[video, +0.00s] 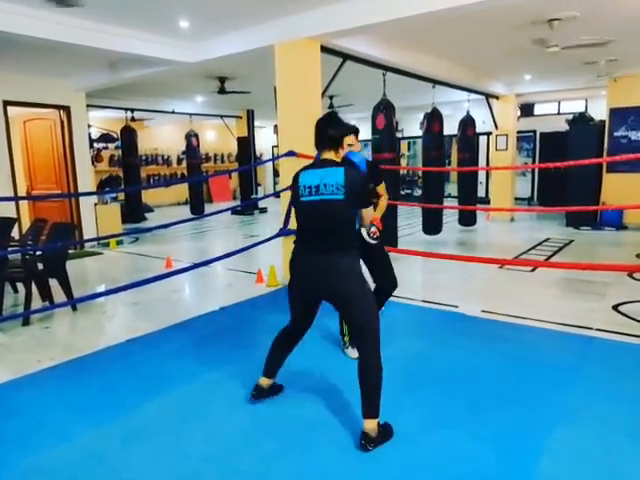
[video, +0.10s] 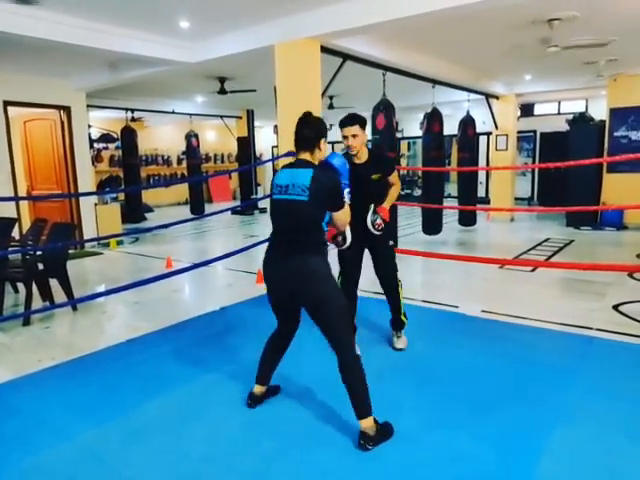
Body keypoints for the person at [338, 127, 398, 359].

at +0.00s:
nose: (354, 149)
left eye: (356, 143)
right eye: (349, 145)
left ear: (360, 143)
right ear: (338, 147)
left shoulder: (368, 167)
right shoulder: (330, 171)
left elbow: (383, 195)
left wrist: (376, 218)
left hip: (366, 230)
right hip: (342, 232)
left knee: (388, 283)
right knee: (346, 287)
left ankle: (361, 323)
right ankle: (348, 336)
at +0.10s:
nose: (350, 143)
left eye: (354, 137)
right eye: (346, 138)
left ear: (365, 135)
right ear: (342, 140)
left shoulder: (381, 159)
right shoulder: (340, 164)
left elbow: (396, 185)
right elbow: (331, 194)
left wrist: (384, 209)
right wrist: (335, 223)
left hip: (378, 227)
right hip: (350, 229)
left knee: (388, 279)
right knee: (348, 283)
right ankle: (347, 334)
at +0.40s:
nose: (361, 146)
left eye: (366, 141)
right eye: (359, 141)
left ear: (380, 141)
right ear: (359, 144)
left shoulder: (395, 169)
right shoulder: (361, 172)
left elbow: (414, 202)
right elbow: (362, 199)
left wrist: (384, 210)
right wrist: (359, 212)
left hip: (397, 233)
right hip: (375, 232)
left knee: (399, 285)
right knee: (365, 278)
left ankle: (412, 333)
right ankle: (385, 312)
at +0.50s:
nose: (361, 143)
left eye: (366, 138)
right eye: (359, 139)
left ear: (380, 138)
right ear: (359, 141)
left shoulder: (393, 164)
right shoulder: (362, 169)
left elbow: (413, 197)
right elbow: (364, 197)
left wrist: (380, 199)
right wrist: (359, 203)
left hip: (398, 227)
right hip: (377, 226)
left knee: (400, 280)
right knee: (374, 274)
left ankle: (412, 333)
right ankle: (391, 313)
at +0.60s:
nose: (359, 149)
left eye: (364, 144)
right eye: (357, 145)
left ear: (377, 145)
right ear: (358, 146)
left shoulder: (392, 169)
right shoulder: (363, 172)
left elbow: (414, 200)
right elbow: (366, 201)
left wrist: (381, 205)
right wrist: (357, 209)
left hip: (398, 230)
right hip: (378, 229)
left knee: (393, 283)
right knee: (378, 279)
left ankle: (412, 333)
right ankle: (394, 316)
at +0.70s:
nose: (357, 155)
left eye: (360, 150)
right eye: (355, 151)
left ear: (375, 150)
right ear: (357, 153)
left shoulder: (390, 174)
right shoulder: (363, 178)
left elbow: (413, 204)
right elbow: (364, 208)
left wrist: (386, 222)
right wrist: (352, 215)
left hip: (397, 233)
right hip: (378, 234)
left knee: (385, 283)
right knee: (377, 283)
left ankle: (408, 330)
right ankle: (395, 320)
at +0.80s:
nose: (354, 152)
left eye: (358, 147)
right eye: (353, 148)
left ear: (372, 146)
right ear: (356, 150)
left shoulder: (388, 170)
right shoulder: (362, 176)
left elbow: (414, 198)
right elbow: (369, 204)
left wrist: (388, 218)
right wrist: (356, 213)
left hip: (396, 229)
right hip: (379, 230)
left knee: (379, 280)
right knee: (381, 277)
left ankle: (396, 337)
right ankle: (399, 318)